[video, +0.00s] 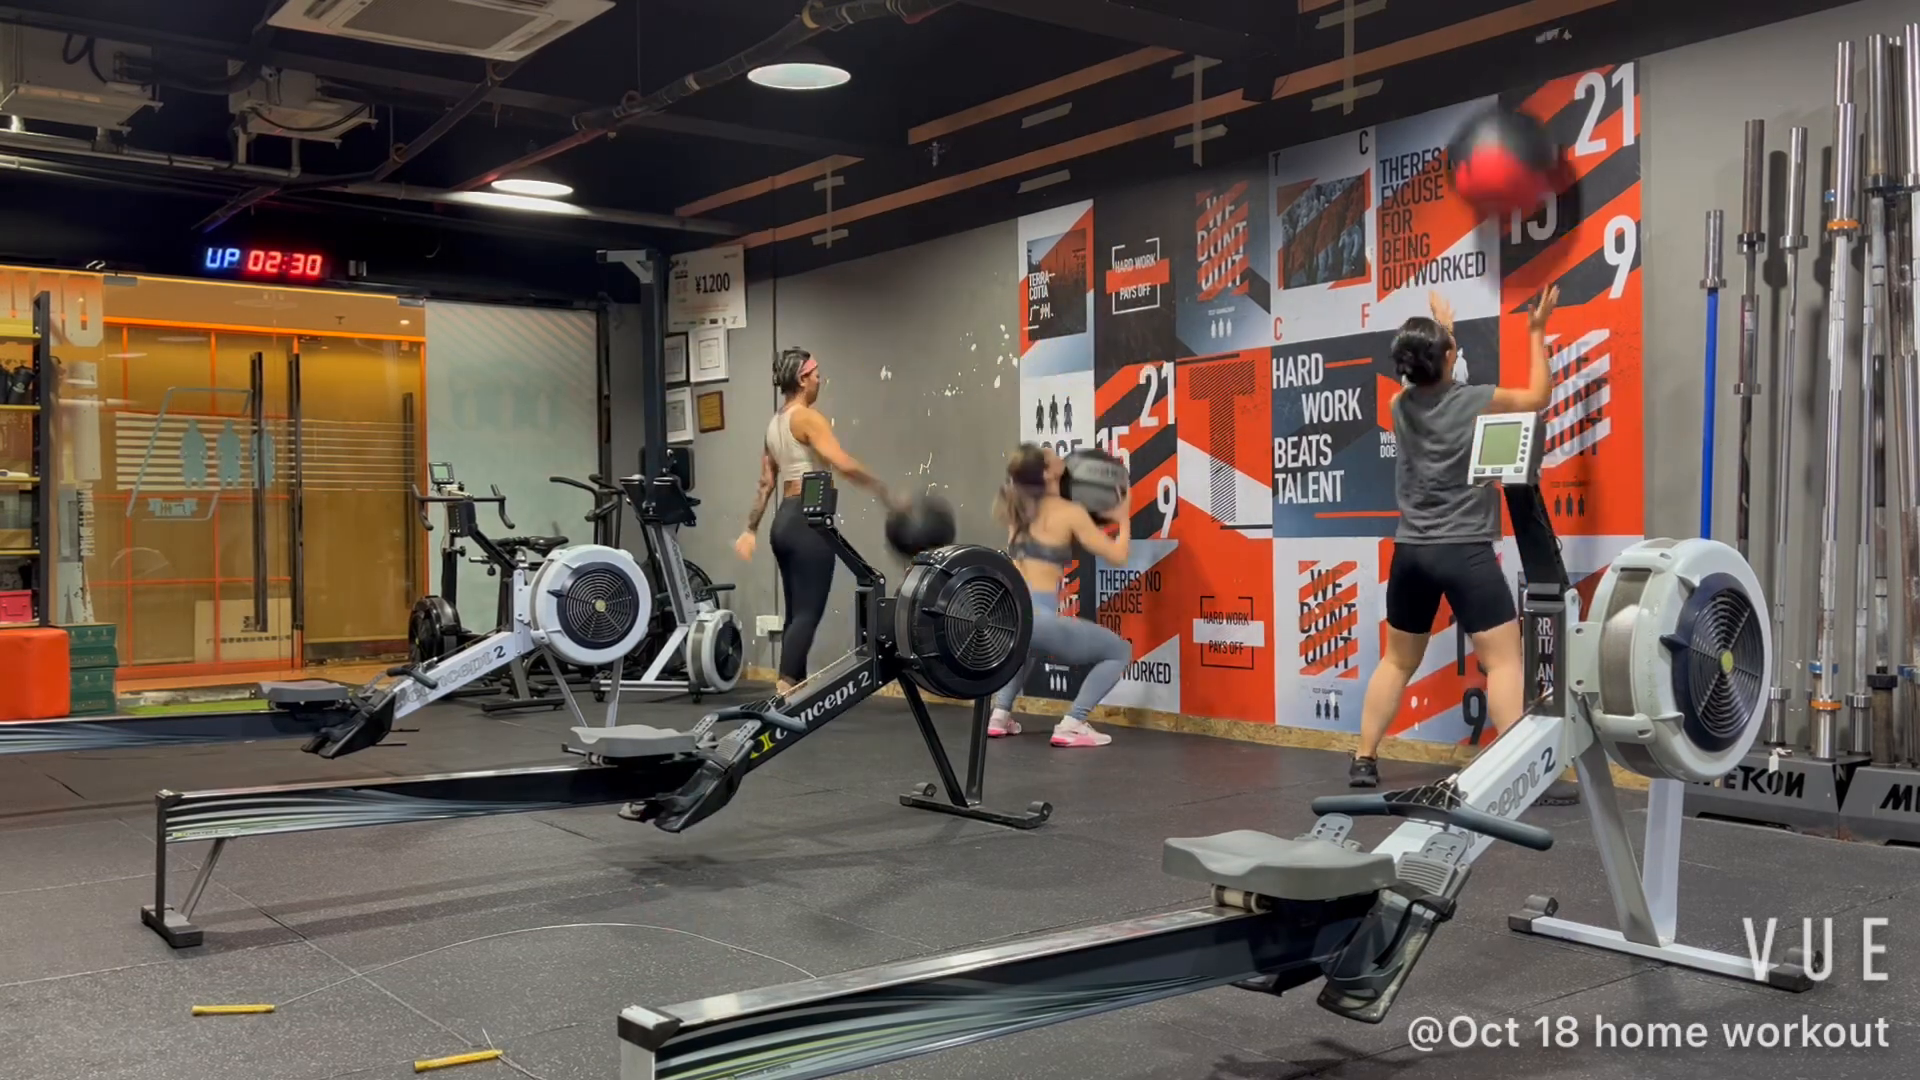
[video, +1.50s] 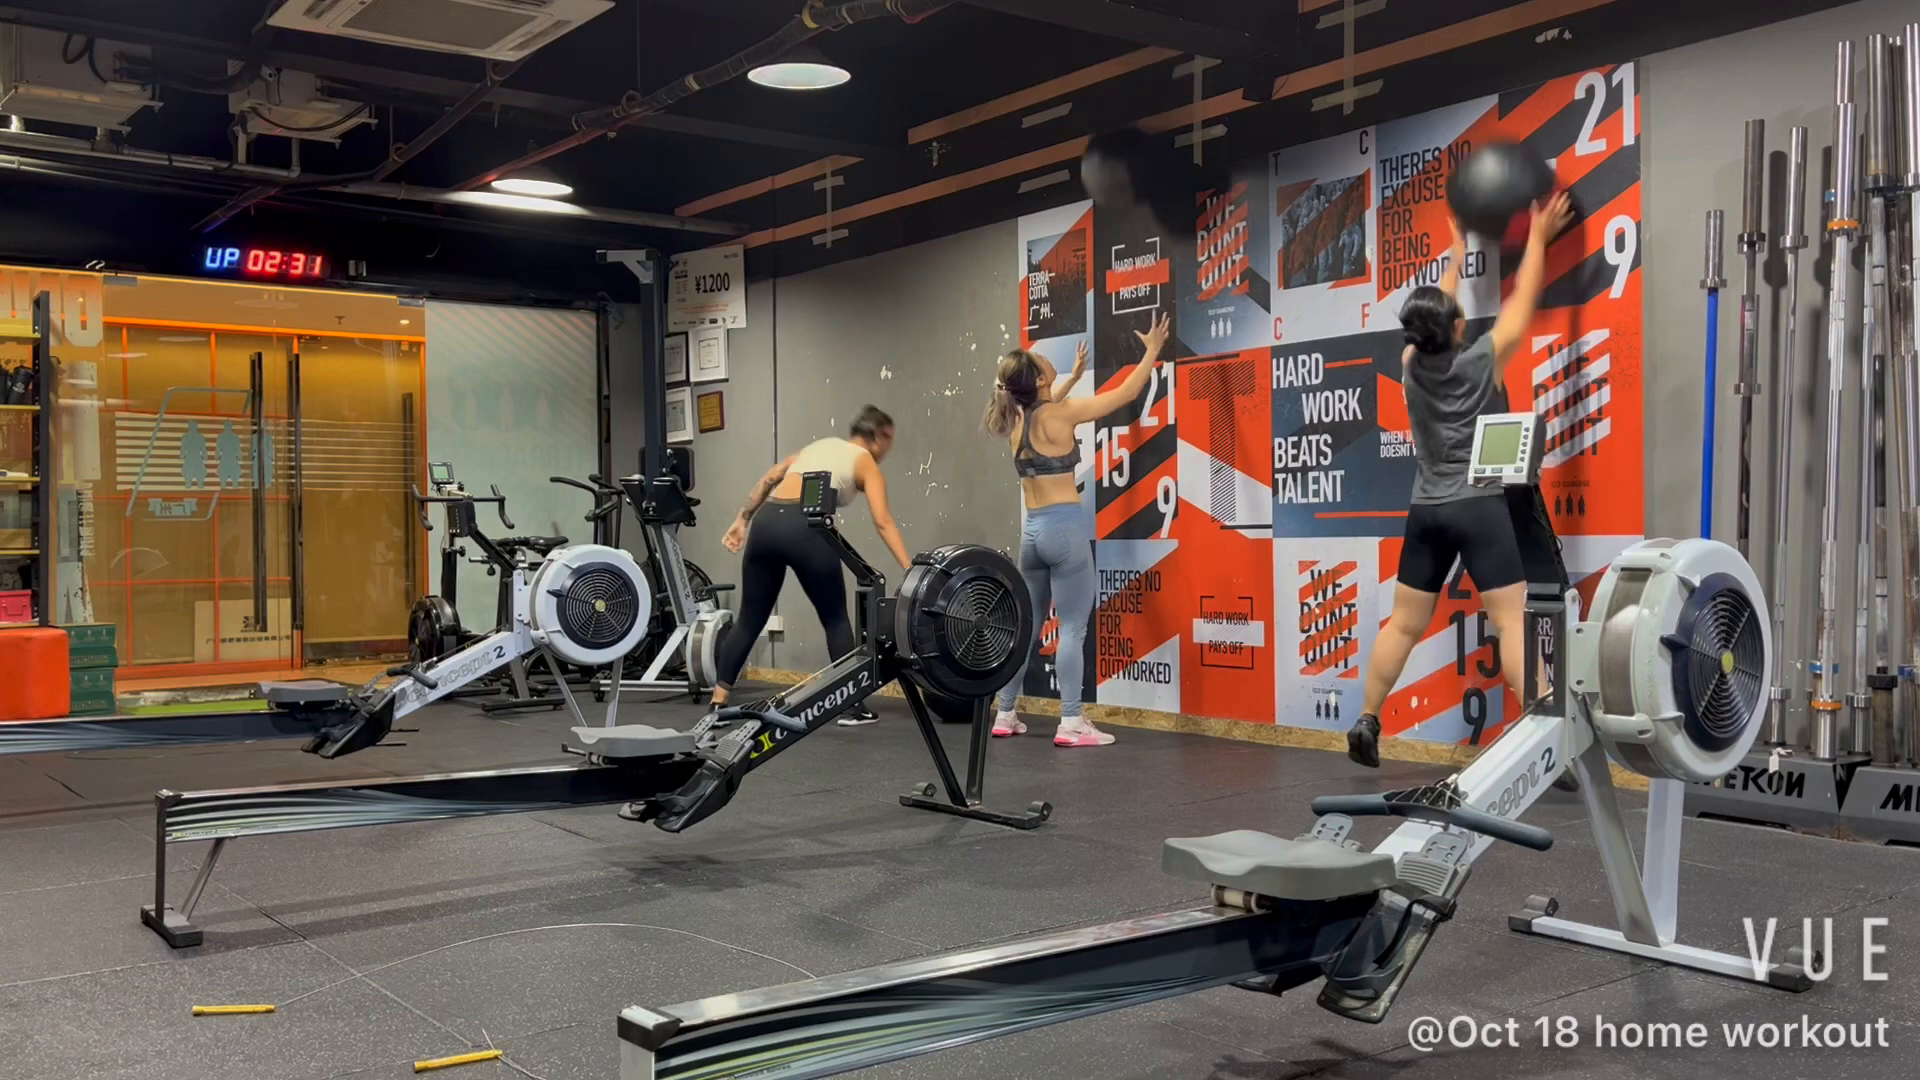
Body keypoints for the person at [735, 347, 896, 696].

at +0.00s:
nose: (820, 379)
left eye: (817, 372)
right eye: (815, 374)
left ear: (790, 381)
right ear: (802, 380)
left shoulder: (775, 425)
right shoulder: (809, 417)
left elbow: (766, 483)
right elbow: (845, 467)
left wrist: (750, 529)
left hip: (785, 520)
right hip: (808, 520)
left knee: (797, 612)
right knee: (808, 613)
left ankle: (798, 692)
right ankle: (784, 694)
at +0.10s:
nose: (822, 381)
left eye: (821, 374)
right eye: (818, 375)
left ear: (791, 381)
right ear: (806, 380)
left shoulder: (772, 423)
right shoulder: (815, 420)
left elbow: (757, 480)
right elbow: (828, 479)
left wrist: (739, 527)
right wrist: (842, 530)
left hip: (779, 517)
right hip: (807, 517)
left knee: (797, 612)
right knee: (797, 614)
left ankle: (798, 692)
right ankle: (779, 695)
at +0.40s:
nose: (823, 381)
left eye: (822, 374)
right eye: (821, 374)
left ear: (786, 375)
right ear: (812, 376)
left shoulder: (766, 415)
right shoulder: (813, 417)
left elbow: (753, 476)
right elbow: (816, 478)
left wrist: (746, 521)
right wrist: (832, 535)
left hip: (760, 511)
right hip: (793, 513)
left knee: (762, 608)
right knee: (786, 616)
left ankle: (749, 682)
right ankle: (777, 698)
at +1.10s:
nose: (797, 388)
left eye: (797, 381)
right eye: (794, 381)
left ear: (764, 384)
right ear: (781, 383)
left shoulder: (735, 423)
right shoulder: (787, 421)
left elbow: (716, 484)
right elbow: (798, 479)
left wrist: (701, 531)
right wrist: (826, 527)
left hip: (733, 522)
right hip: (775, 520)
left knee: (724, 617)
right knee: (811, 610)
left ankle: (711, 704)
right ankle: (818, 694)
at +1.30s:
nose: (834, 404)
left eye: (835, 396)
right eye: (832, 396)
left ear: (798, 396)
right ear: (818, 396)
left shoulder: (768, 425)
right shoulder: (821, 432)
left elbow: (730, 473)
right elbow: (834, 490)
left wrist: (705, 518)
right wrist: (858, 546)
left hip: (751, 523)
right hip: (794, 526)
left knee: (732, 618)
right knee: (821, 618)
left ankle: (710, 705)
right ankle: (849, 703)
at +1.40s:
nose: (864, 419)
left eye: (864, 412)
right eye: (862, 412)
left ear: (829, 409)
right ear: (850, 410)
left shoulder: (794, 434)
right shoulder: (845, 443)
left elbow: (751, 474)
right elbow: (858, 502)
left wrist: (724, 516)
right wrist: (884, 558)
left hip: (760, 522)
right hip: (801, 526)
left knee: (740, 619)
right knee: (831, 618)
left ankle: (713, 702)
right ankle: (849, 704)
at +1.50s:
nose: (889, 448)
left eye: (890, 441)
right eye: (888, 441)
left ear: (854, 432)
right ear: (876, 436)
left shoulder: (816, 447)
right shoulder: (865, 462)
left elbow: (770, 477)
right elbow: (883, 522)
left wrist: (742, 518)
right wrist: (909, 568)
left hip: (765, 524)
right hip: (807, 528)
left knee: (749, 619)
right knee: (834, 619)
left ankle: (719, 697)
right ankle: (850, 705)